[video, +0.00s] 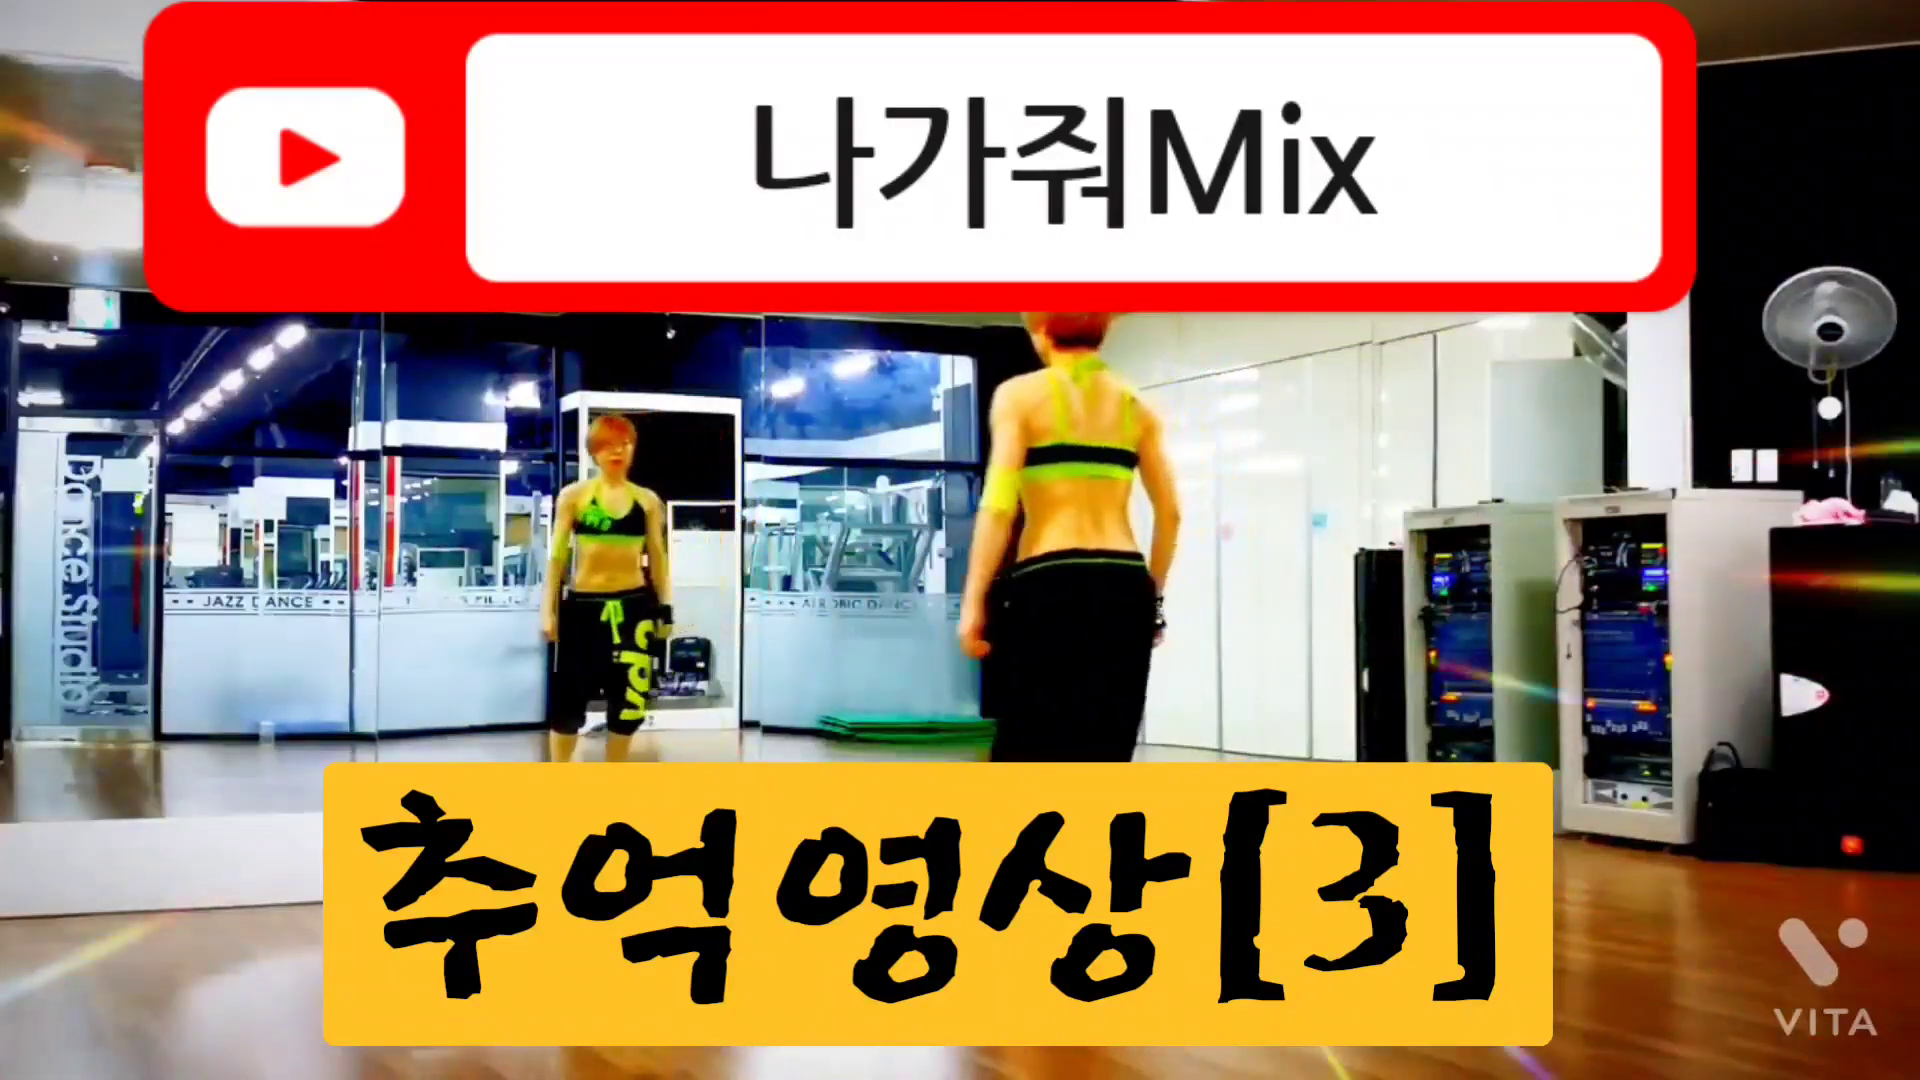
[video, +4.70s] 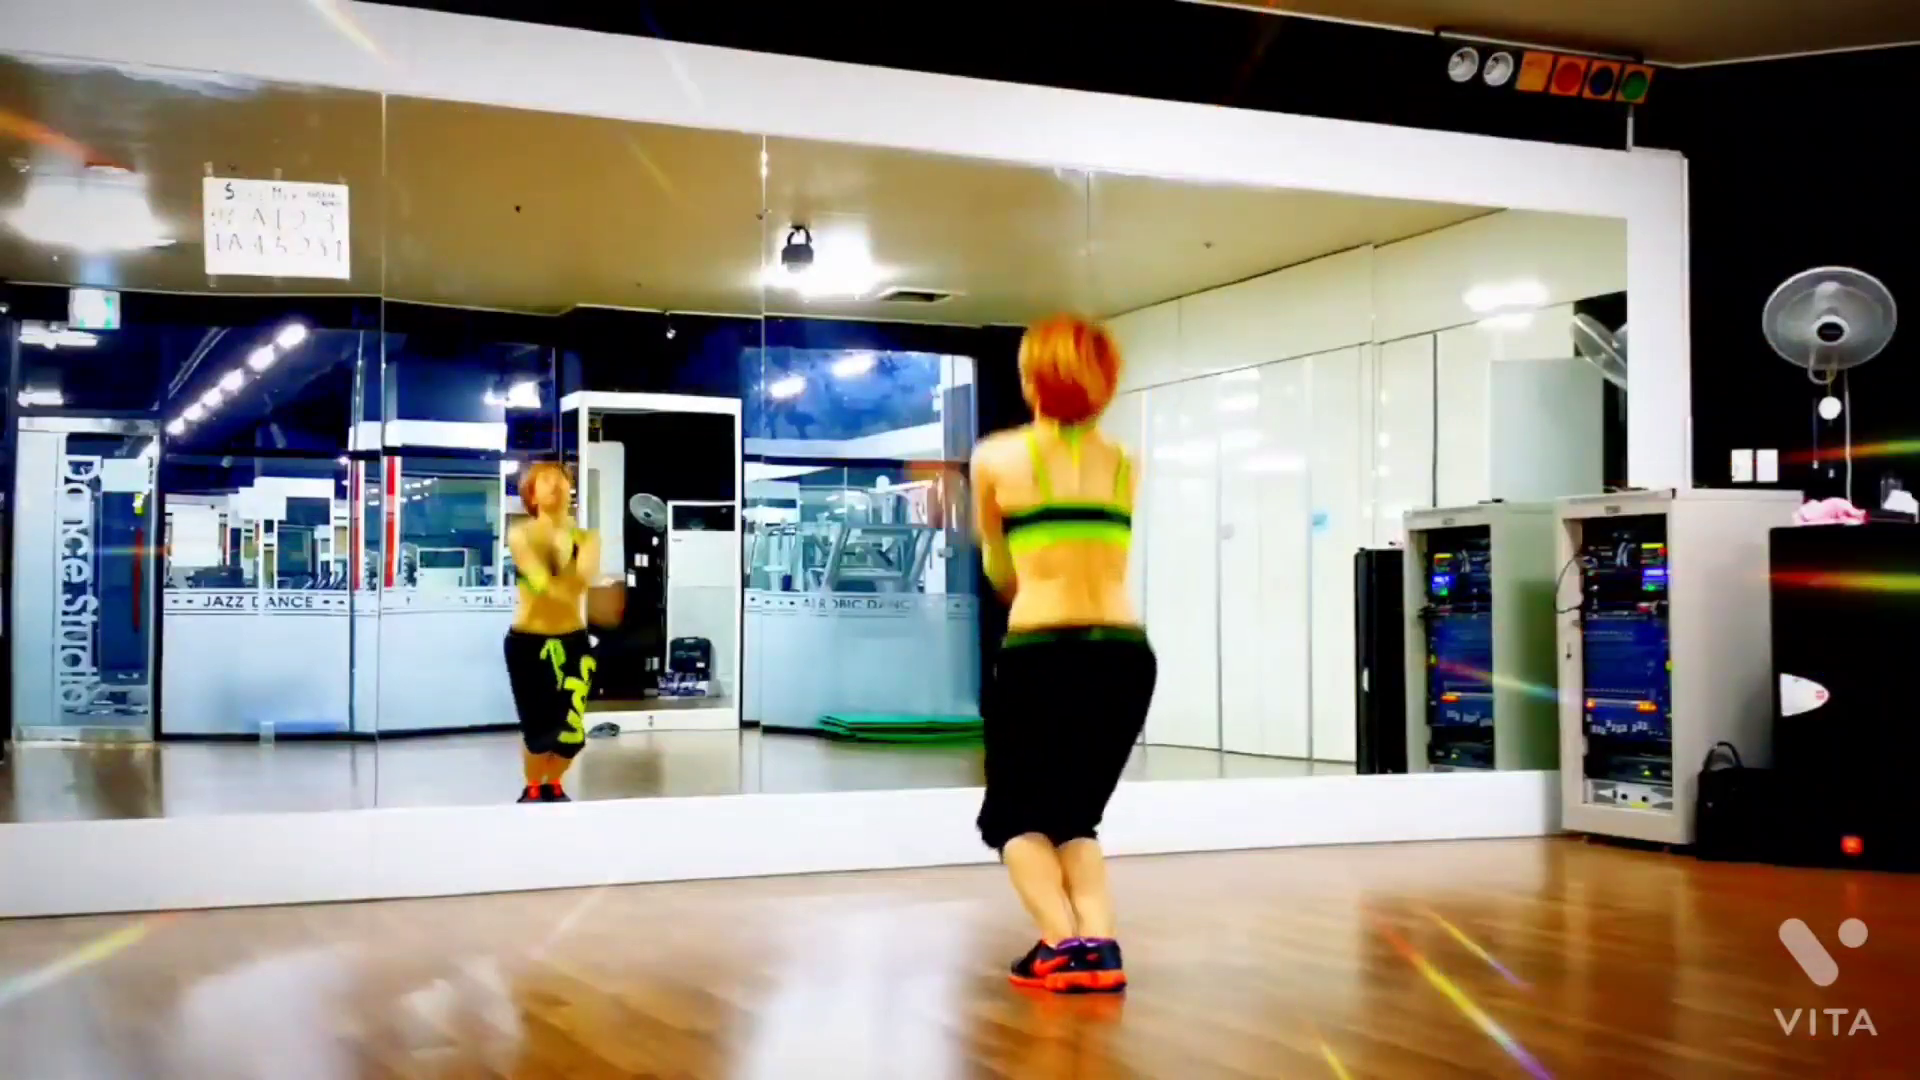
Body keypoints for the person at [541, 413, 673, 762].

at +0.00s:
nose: (617, 452)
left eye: (623, 444)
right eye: (608, 446)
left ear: (633, 450)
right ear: (594, 453)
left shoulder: (647, 501)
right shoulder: (573, 496)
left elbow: (657, 558)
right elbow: (558, 556)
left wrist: (664, 607)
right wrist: (549, 610)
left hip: (633, 606)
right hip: (582, 606)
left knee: (627, 706)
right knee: (567, 705)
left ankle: (613, 780)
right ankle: (559, 778)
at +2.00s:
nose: (552, 454)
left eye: (559, 447)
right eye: (544, 447)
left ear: (566, 451)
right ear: (530, 453)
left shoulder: (585, 501)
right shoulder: (511, 498)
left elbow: (595, 559)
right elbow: (499, 559)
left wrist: (603, 605)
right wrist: (495, 609)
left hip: (575, 606)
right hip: (525, 608)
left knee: (568, 701)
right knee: (527, 702)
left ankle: (553, 780)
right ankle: (531, 783)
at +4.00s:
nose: (560, 462)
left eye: (566, 455)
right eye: (551, 455)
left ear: (573, 457)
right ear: (535, 459)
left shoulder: (587, 501)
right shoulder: (519, 500)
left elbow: (607, 548)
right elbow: (523, 556)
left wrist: (595, 582)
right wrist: (535, 606)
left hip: (580, 606)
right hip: (537, 604)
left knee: (571, 699)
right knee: (533, 699)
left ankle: (552, 783)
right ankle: (531, 785)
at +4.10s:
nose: (560, 465)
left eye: (566, 457)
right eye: (551, 459)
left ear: (573, 458)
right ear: (535, 461)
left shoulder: (586, 496)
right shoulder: (519, 496)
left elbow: (611, 531)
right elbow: (525, 545)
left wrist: (577, 542)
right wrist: (557, 585)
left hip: (580, 603)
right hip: (533, 604)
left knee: (570, 697)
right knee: (532, 698)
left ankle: (553, 783)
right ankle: (531, 785)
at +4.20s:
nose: (561, 465)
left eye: (566, 458)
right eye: (552, 459)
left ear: (574, 459)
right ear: (537, 461)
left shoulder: (583, 496)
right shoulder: (520, 490)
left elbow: (611, 485)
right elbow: (524, 513)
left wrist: (566, 488)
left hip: (581, 602)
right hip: (533, 602)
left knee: (571, 700)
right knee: (531, 700)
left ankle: (553, 783)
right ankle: (531, 785)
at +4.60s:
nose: (554, 461)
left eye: (559, 454)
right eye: (546, 456)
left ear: (568, 458)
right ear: (531, 463)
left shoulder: (585, 499)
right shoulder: (521, 501)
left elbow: (590, 518)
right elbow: (549, 518)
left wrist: (577, 482)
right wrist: (566, 487)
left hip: (576, 608)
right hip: (530, 609)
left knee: (570, 708)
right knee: (537, 706)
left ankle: (553, 782)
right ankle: (532, 785)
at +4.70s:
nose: (554, 485)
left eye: (559, 478)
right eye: (545, 479)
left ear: (568, 488)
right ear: (531, 493)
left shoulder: (586, 537)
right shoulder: (521, 533)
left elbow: (583, 579)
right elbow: (537, 577)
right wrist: (570, 588)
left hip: (573, 640)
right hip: (529, 641)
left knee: (572, 733)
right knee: (540, 728)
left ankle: (552, 783)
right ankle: (532, 787)